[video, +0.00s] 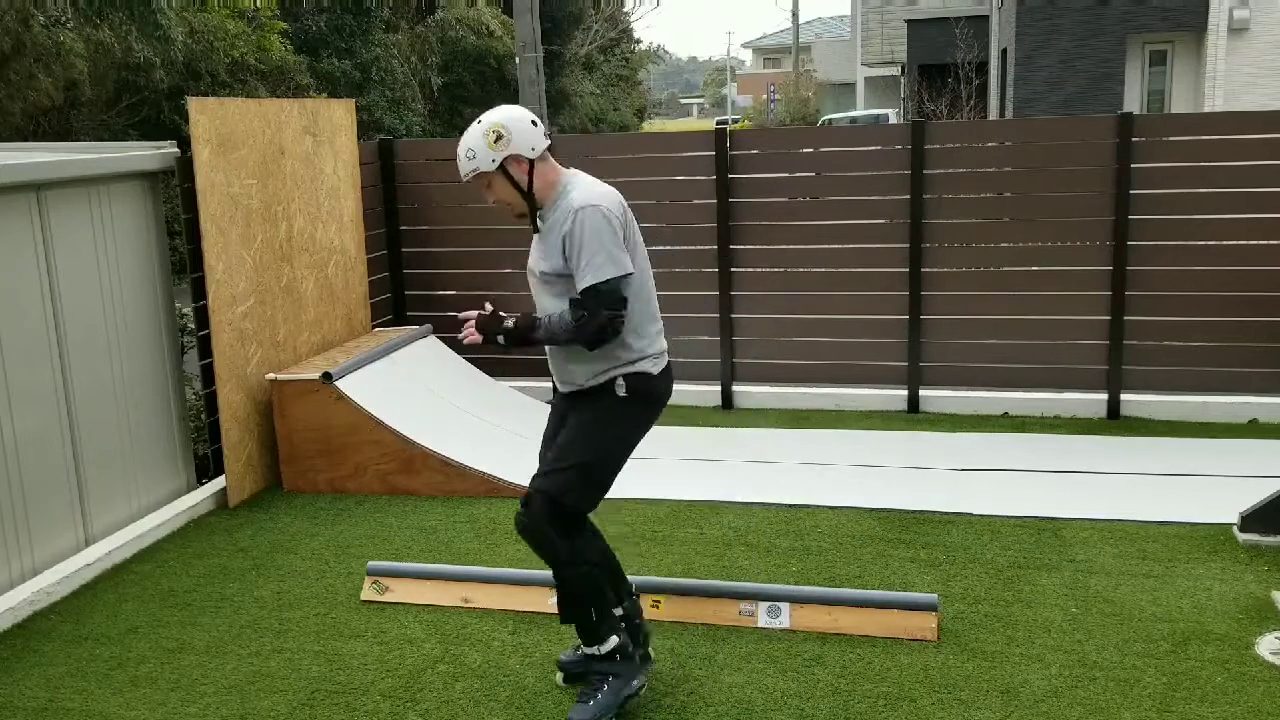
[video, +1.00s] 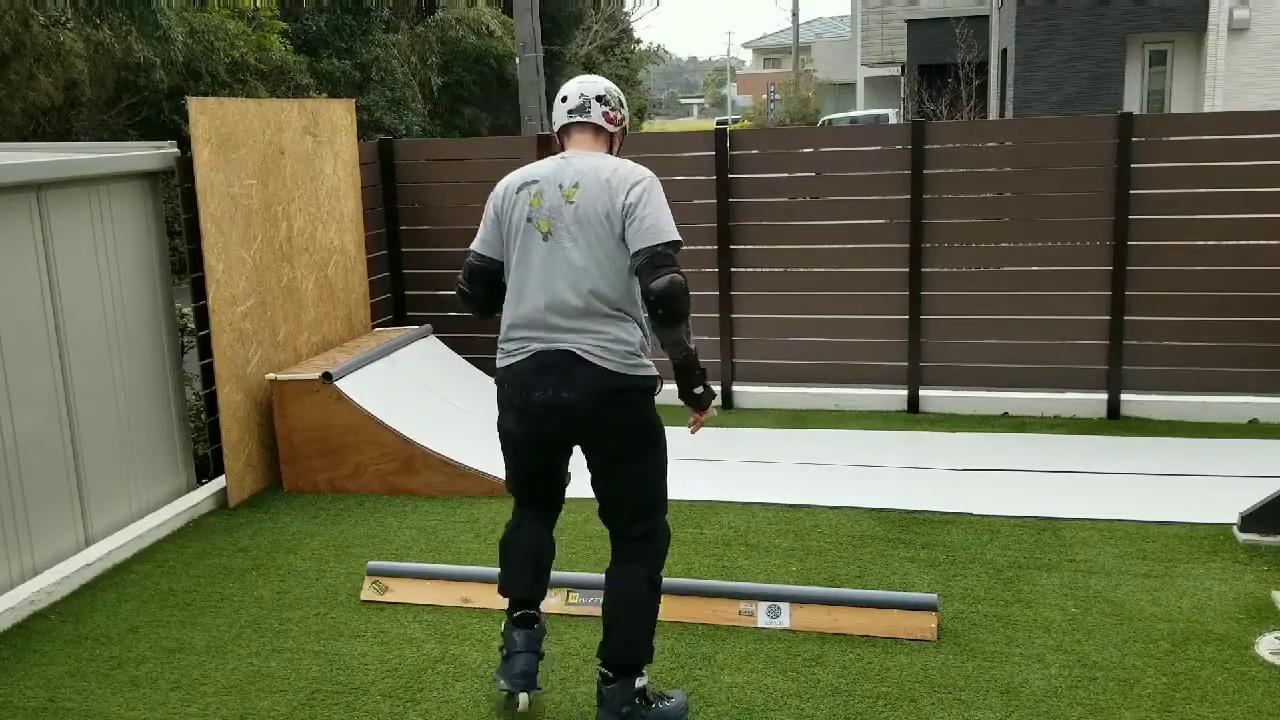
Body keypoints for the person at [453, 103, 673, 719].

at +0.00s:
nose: (489, 195)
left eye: (489, 182)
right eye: (483, 185)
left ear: (520, 166)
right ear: (523, 167)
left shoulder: (587, 209)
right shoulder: (558, 213)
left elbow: (600, 319)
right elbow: (573, 315)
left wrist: (518, 329)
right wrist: (510, 326)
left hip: (622, 384)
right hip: (583, 385)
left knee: (549, 514)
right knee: (547, 514)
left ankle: (626, 653)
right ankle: (609, 639)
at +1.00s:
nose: (621, 134)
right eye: (621, 125)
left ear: (556, 129)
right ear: (616, 125)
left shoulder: (511, 187)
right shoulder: (633, 181)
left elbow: (477, 291)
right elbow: (664, 289)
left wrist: (536, 299)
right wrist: (690, 372)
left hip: (525, 379)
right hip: (613, 381)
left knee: (532, 506)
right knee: (638, 532)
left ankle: (521, 646)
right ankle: (622, 688)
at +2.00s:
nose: (529, 143)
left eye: (524, 130)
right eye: (522, 133)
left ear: (543, 114)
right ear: (567, 101)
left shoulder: (587, 134)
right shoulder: (626, 121)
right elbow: (682, 124)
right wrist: (672, 121)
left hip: (664, 305)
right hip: (637, 300)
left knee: (595, 441)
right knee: (575, 405)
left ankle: (689, 552)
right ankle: (673, 513)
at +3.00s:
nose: (651, 254)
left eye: (659, 241)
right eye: (641, 243)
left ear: (683, 225)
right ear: (629, 228)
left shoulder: (721, 239)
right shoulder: (607, 235)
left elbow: (802, 261)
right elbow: (551, 228)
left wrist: (788, 286)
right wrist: (479, 261)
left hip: (709, 345)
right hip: (632, 344)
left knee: (737, 435)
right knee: (595, 440)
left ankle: (760, 549)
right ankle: (566, 541)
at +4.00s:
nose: (619, 162)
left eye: (627, 150)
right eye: (613, 153)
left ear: (655, 140)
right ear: (608, 147)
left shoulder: (705, 170)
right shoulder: (617, 180)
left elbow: (753, 231)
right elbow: (647, 237)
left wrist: (712, 291)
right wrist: (650, 292)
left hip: (715, 321)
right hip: (649, 319)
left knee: (727, 430)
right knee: (622, 416)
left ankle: (745, 524)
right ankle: (641, 507)